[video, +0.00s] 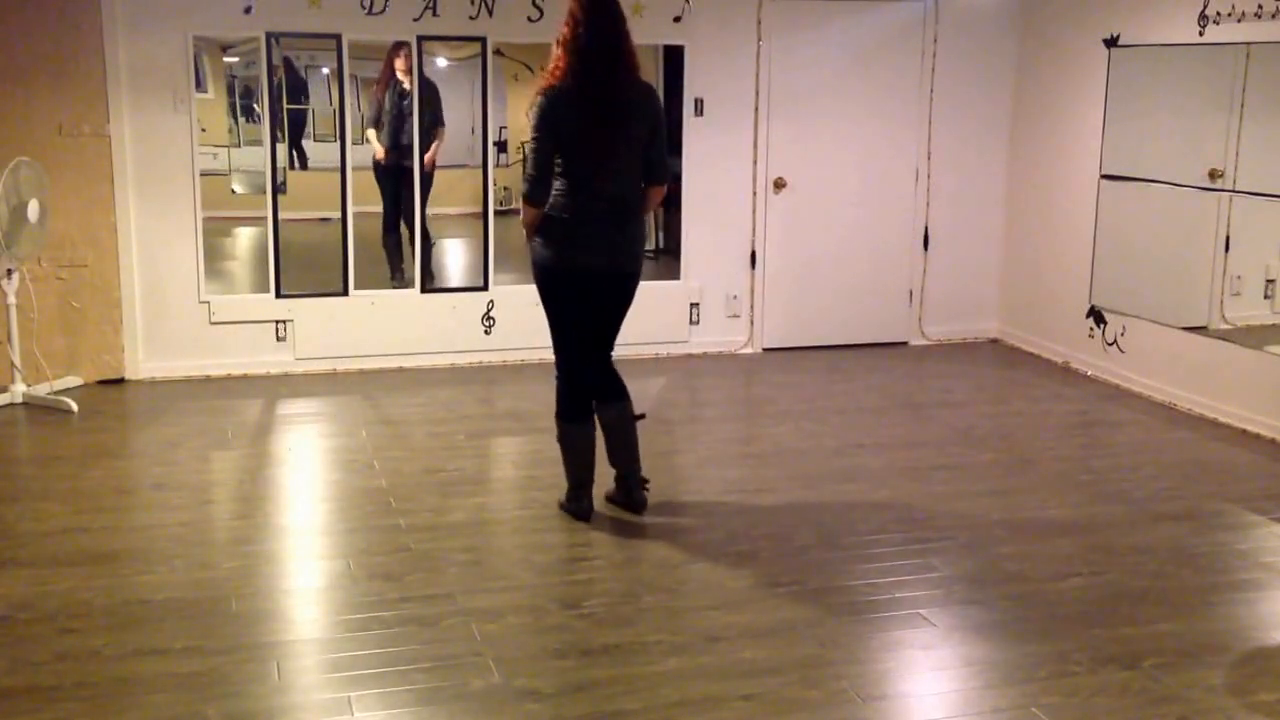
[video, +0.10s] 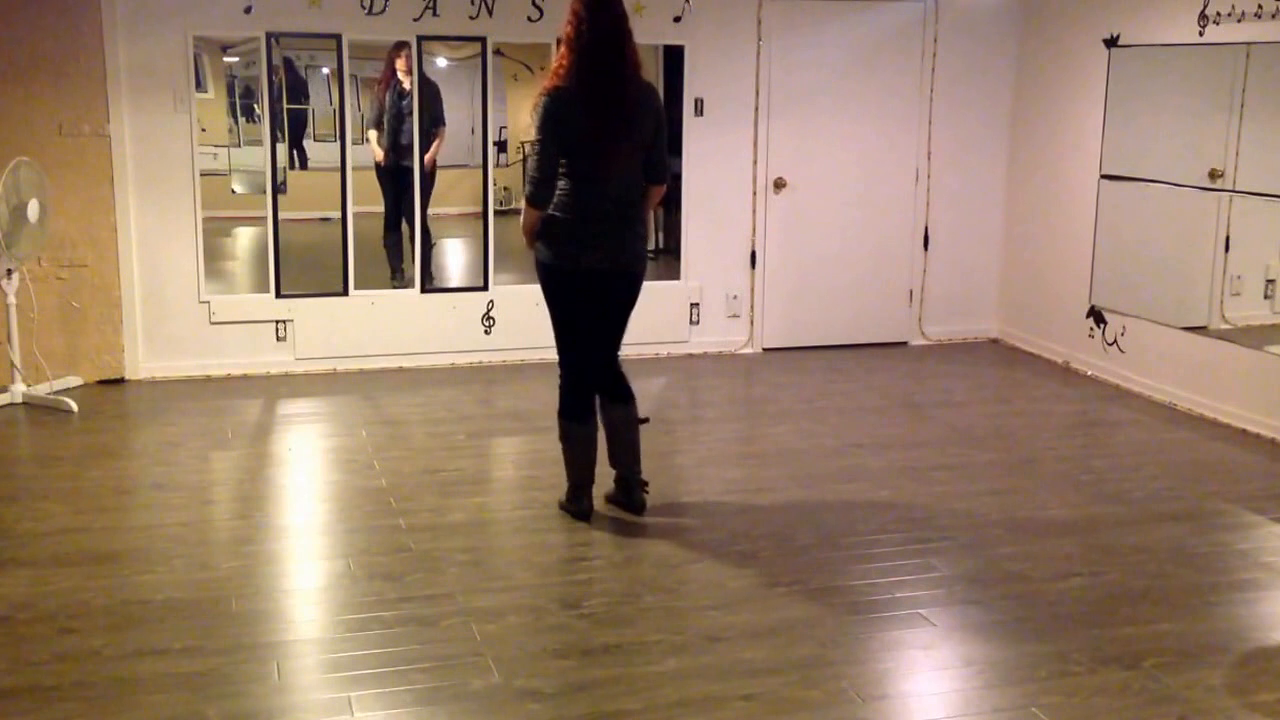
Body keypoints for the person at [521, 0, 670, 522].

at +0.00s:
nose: (558, 36)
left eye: (564, 28)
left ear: (568, 39)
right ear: (621, 38)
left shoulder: (555, 98)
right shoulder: (643, 96)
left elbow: (538, 185)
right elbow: (659, 180)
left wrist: (530, 224)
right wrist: (632, 219)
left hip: (562, 249)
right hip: (622, 251)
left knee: (572, 364)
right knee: (599, 358)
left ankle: (579, 493)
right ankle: (631, 481)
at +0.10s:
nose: (561, 36)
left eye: (566, 28)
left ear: (571, 37)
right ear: (624, 37)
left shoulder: (559, 97)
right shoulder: (645, 96)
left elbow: (542, 179)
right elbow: (659, 178)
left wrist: (530, 226)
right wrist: (635, 218)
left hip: (565, 249)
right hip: (625, 251)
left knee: (575, 366)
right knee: (607, 360)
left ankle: (579, 493)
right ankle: (631, 482)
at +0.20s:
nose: (567, 32)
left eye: (572, 25)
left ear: (575, 33)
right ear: (628, 33)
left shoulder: (563, 93)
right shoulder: (648, 91)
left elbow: (550, 177)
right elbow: (659, 172)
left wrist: (536, 235)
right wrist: (636, 215)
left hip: (574, 240)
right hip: (634, 243)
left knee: (580, 362)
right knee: (624, 357)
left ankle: (581, 491)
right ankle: (633, 482)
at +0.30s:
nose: (567, 32)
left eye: (573, 25)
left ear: (576, 34)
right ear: (630, 34)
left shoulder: (564, 93)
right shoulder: (650, 91)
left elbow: (553, 180)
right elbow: (661, 171)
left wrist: (543, 242)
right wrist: (638, 216)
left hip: (578, 244)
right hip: (638, 245)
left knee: (581, 362)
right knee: (630, 356)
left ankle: (581, 491)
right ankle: (633, 483)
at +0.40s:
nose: (568, 35)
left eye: (574, 27)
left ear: (578, 35)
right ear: (631, 34)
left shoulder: (566, 94)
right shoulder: (652, 91)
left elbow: (555, 181)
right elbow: (663, 172)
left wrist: (546, 242)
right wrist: (641, 219)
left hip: (581, 246)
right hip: (641, 248)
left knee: (581, 363)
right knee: (637, 359)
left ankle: (581, 491)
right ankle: (633, 484)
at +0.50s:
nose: (570, 33)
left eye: (575, 25)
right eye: (576, 23)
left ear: (581, 34)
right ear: (633, 34)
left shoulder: (568, 95)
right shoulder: (658, 94)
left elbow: (554, 185)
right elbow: (669, 179)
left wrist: (551, 245)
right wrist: (649, 226)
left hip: (585, 251)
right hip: (647, 252)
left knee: (582, 367)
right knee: (644, 362)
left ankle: (581, 491)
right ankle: (634, 485)